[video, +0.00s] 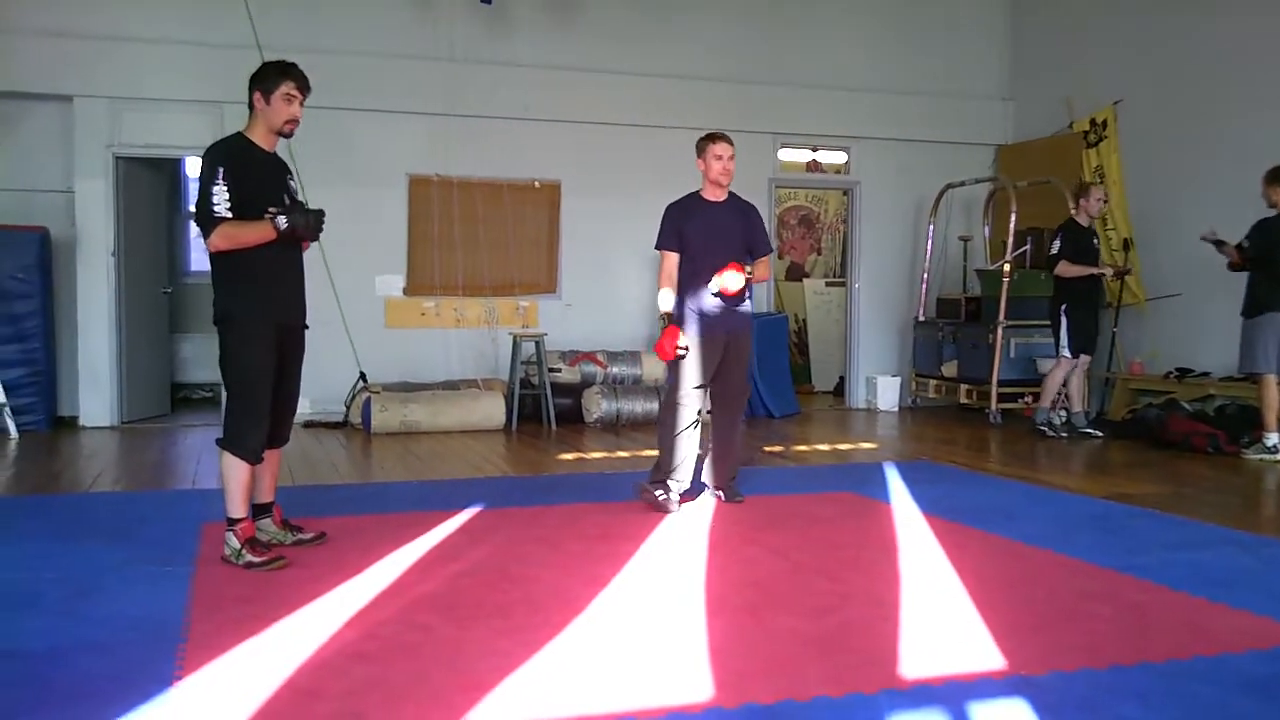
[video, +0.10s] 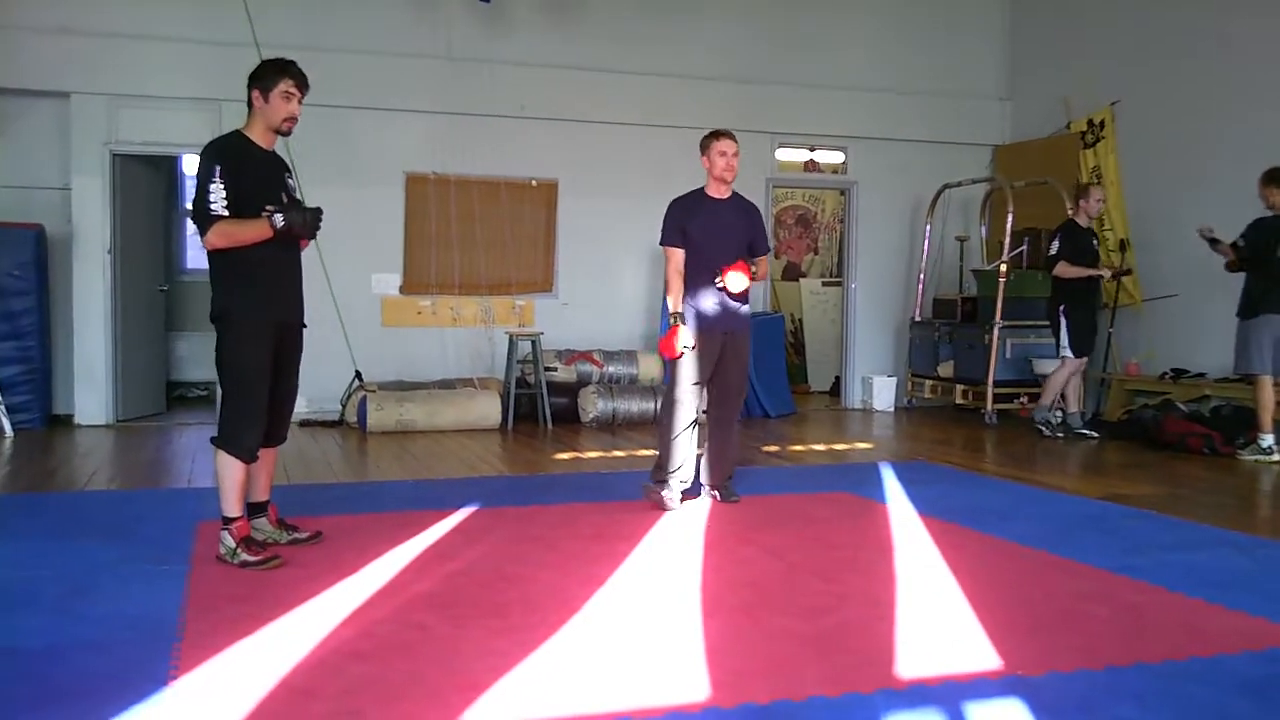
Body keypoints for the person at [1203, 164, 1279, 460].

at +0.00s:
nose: (1265, 194)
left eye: (1267, 188)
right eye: (1265, 188)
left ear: (1276, 189)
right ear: (1272, 189)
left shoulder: (1268, 225)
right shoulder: (1266, 225)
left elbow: (1246, 258)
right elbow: (1246, 259)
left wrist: (1222, 246)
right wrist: (1225, 248)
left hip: (1268, 309)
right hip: (1265, 308)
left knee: (1268, 375)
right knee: (1268, 374)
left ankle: (1271, 440)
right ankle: (1271, 438)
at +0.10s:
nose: (1263, 197)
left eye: (1265, 191)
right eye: (1262, 192)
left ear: (1275, 191)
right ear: (1272, 191)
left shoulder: (1264, 226)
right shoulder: (1267, 224)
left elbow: (1235, 254)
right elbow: (1238, 254)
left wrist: (1212, 240)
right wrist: (1215, 242)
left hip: (1263, 310)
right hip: (1270, 310)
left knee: (1263, 377)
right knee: (1269, 377)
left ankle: (1266, 441)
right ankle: (1267, 439)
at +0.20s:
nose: (1269, 196)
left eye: (1270, 190)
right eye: (1269, 190)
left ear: (1274, 192)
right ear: (1275, 191)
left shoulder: (1269, 227)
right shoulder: (1269, 226)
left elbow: (1244, 260)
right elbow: (1247, 263)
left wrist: (1221, 251)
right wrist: (1223, 252)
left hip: (1268, 311)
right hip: (1268, 310)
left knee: (1269, 376)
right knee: (1269, 376)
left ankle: (1272, 441)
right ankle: (1271, 440)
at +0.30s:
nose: (1269, 197)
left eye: (1269, 192)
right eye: (1268, 191)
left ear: (1274, 193)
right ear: (1275, 192)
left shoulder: (1269, 226)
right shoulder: (1268, 226)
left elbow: (1241, 268)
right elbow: (1243, 266)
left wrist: (1219, 274)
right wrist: (1223, 273)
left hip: (1267, 311)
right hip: (1268, 310)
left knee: (1269, 376)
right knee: (1269, 376)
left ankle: (1271, 441)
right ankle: (1271, 439)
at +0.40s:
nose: (1252, 196)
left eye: (1253, 191)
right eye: (1253, 191)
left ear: (1259, 192)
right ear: (1277, 190)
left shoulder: (1252, 226)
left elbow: (1231, 270)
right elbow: (1232, 270)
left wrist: (1215, 300)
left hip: (1251, 308)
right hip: (1276, 308)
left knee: (1250, 376)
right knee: (1274, 375)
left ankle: (1252, 441)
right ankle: (1277, 438)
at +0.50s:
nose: (1261, 196)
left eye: (1261, 190)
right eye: (1260, 190)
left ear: (1268, 190)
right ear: (1275, 189)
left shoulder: (1262, 225)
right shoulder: (1262, 225)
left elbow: (1252, 270)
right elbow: (1252, 270)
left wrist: (1247, 308)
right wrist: (1249, 308)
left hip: (1269, 308)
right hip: (1269, 308)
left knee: (1267, 371)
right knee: (1267, 371)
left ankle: (1270, 436)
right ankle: (1270, 435)